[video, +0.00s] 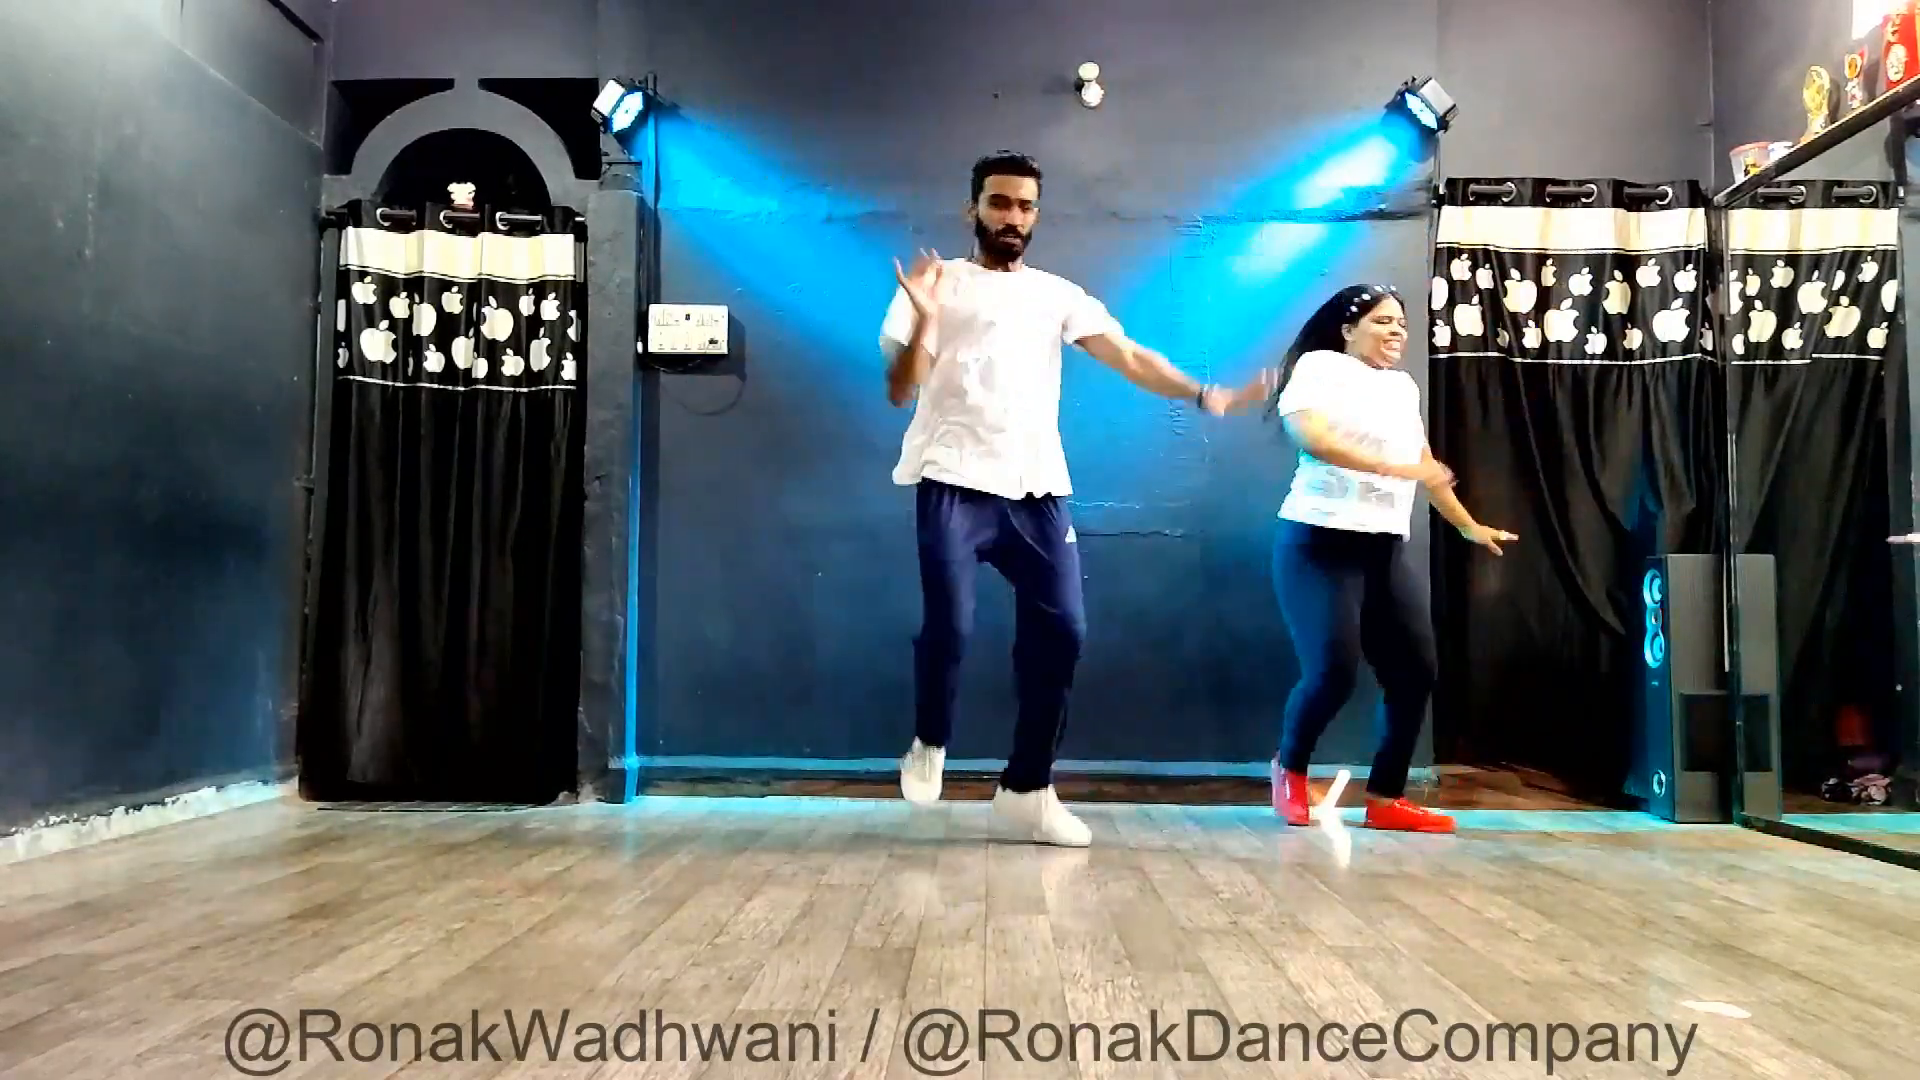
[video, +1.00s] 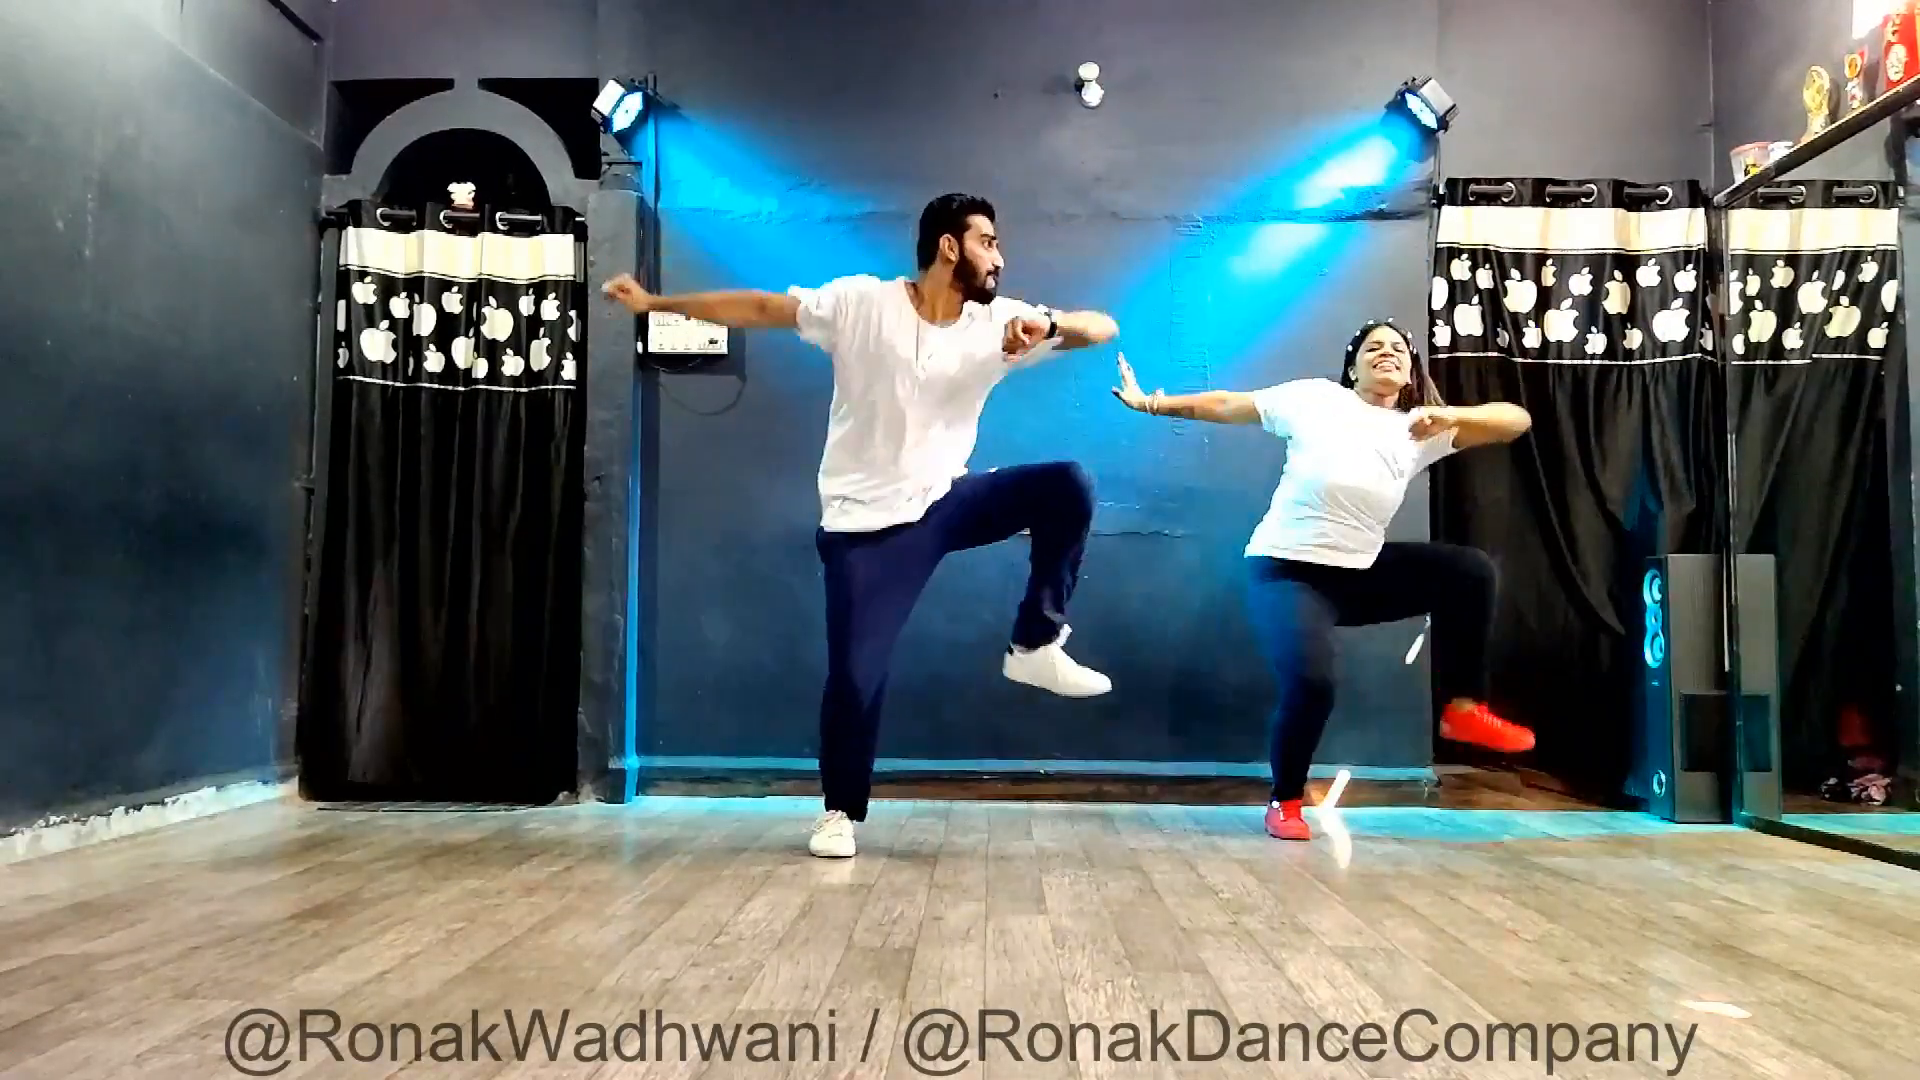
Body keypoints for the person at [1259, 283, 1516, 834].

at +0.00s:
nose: (1396, 332)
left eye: (1401, 326)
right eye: (1383, 322)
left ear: (1403, 336)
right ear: (1348, 327)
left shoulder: (1403, 388)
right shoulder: (1317, 367)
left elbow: (1422, 464)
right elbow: (1317, 440)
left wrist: (1469, 525)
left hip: (1386, 547)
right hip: (1317, 541)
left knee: (1413, 670)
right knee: (1330, 672)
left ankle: (1385, 798)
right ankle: (1289, 771)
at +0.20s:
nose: (1449, 375)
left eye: (1449, 366)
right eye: (1442, 364)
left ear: (1407, 364)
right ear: (1413, 362)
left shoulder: (1412, 435)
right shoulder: (1392, 387)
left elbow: (1443, 490)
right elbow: (1493, 392)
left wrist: (1501, 529)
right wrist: (1497, 438)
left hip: (1327, 568)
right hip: (1324, 550)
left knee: (1426, 668)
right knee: (1445, 617)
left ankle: (1390, 799)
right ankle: (1341, 712)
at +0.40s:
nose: (1437, 376)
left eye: (1436, 367)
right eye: (1423, 369)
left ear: (1389, 385)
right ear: (1393, 378)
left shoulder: (1371, 430)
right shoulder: (1411, 417)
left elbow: (1423, 519)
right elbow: (1449, 493)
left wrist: (1485, 498)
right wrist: (1476, 455)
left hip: (1331, 583)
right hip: (1376, 572)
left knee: (1432, 690)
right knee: (1476, 684)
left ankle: (1391, 801)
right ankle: (1426, 813)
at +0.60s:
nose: (1381, 291)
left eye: (1391, 286)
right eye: (1368, 286)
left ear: (1404, 304)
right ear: (1348, 301)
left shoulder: (1416, 366)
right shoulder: (1341, 328)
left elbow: (1427, 444)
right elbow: (1330, 358)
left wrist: (1496, 424)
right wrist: (1414, 363)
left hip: (1401, 513)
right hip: (1346, 503)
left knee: (1422, 641)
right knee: (1407, 635)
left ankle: (1401, 782)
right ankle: (1386, 785)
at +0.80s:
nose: (1381, 306)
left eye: (1391, 301)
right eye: (1367, 300)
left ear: (1403, 322)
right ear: (1343, 316)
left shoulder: (1417, 371)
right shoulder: (1320, 348)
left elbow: (1498, 379)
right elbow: (1248, 368)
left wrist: (1481, 366)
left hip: (1377, 529)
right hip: (1309, 527)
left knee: (1477, 548)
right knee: (1314, 666)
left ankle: (1419, 658)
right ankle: (1284, 798)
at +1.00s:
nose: (1388, 351)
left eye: (1398, 348)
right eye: (1376, 345)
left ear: (1410, 372)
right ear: (1354, 365)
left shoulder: (1417, 430)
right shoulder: (1315, 397)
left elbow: (1519, 420)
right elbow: (1226, 406)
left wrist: (1454, 419)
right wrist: (1154, 403)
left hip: (1359, 571)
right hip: (1286, 567)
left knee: (1470, 572)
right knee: (1311, 680)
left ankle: (1462, 708)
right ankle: (1286, 804)